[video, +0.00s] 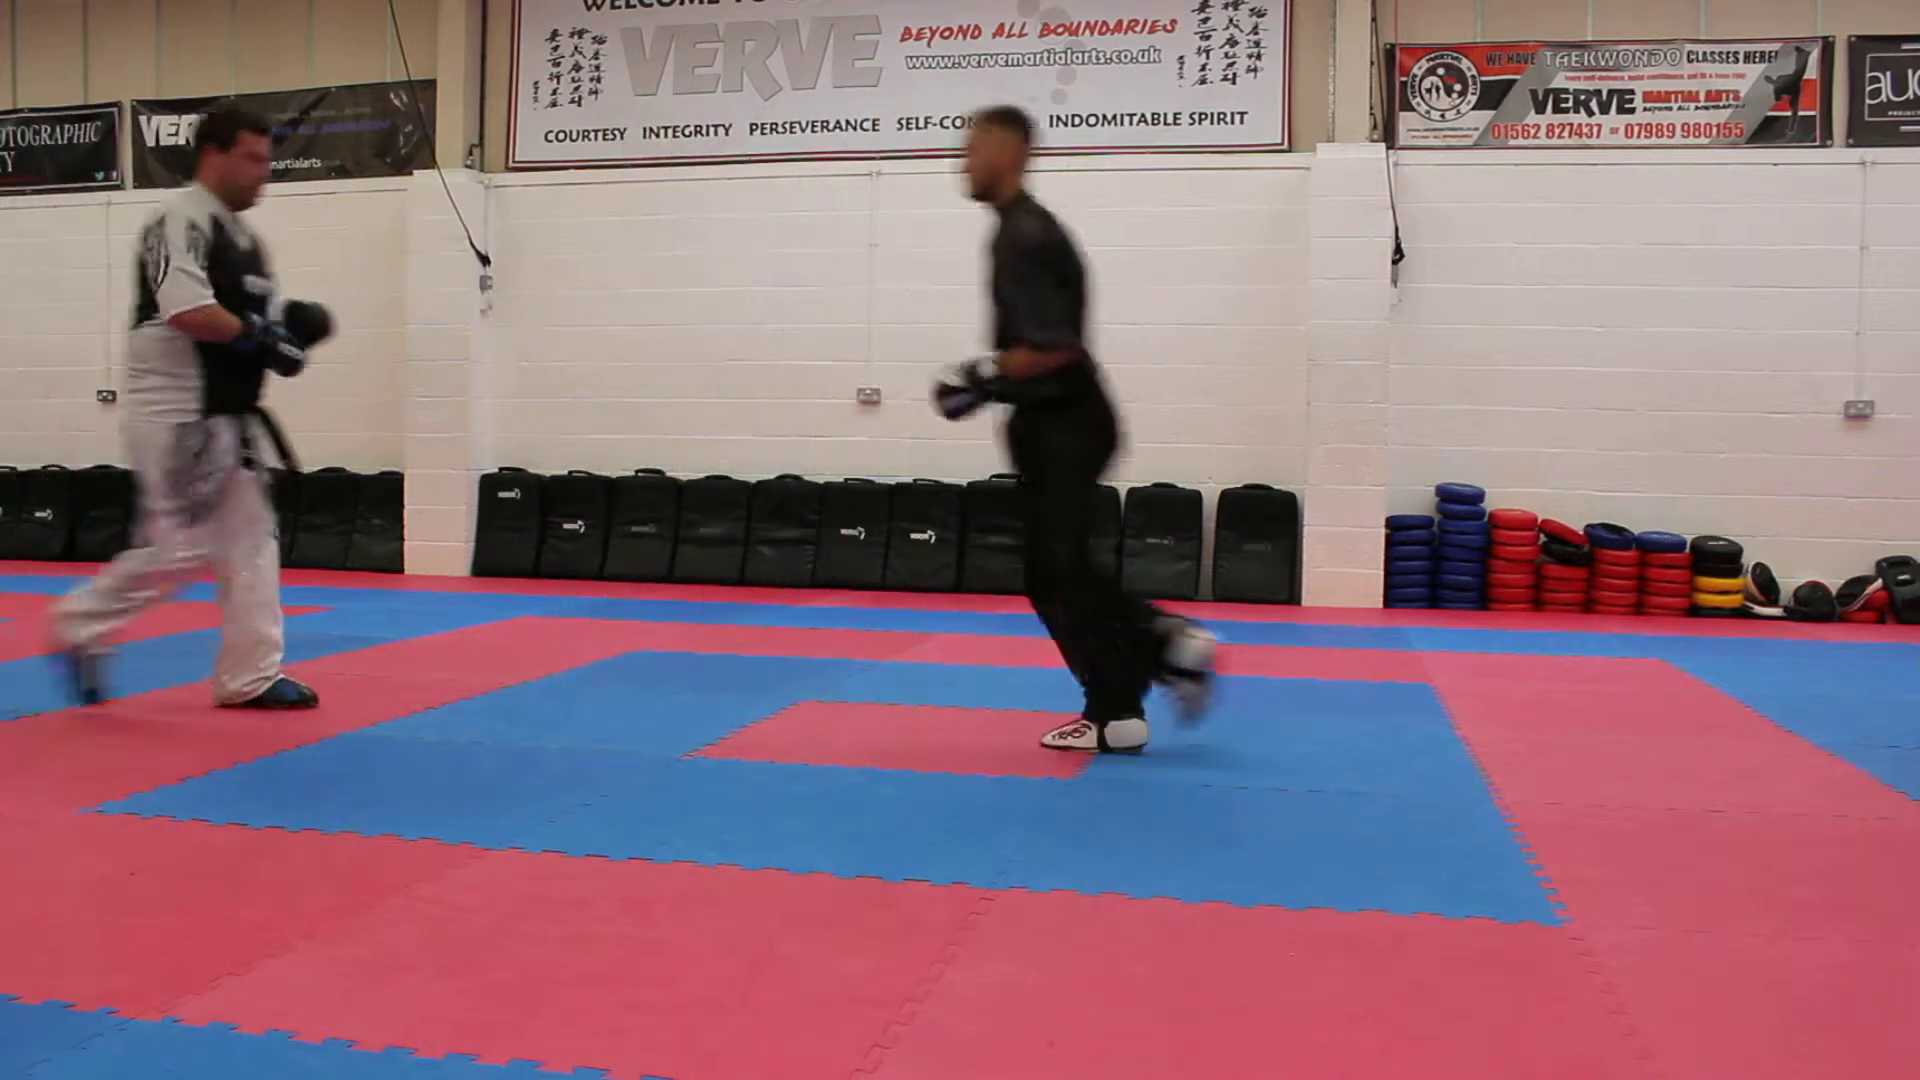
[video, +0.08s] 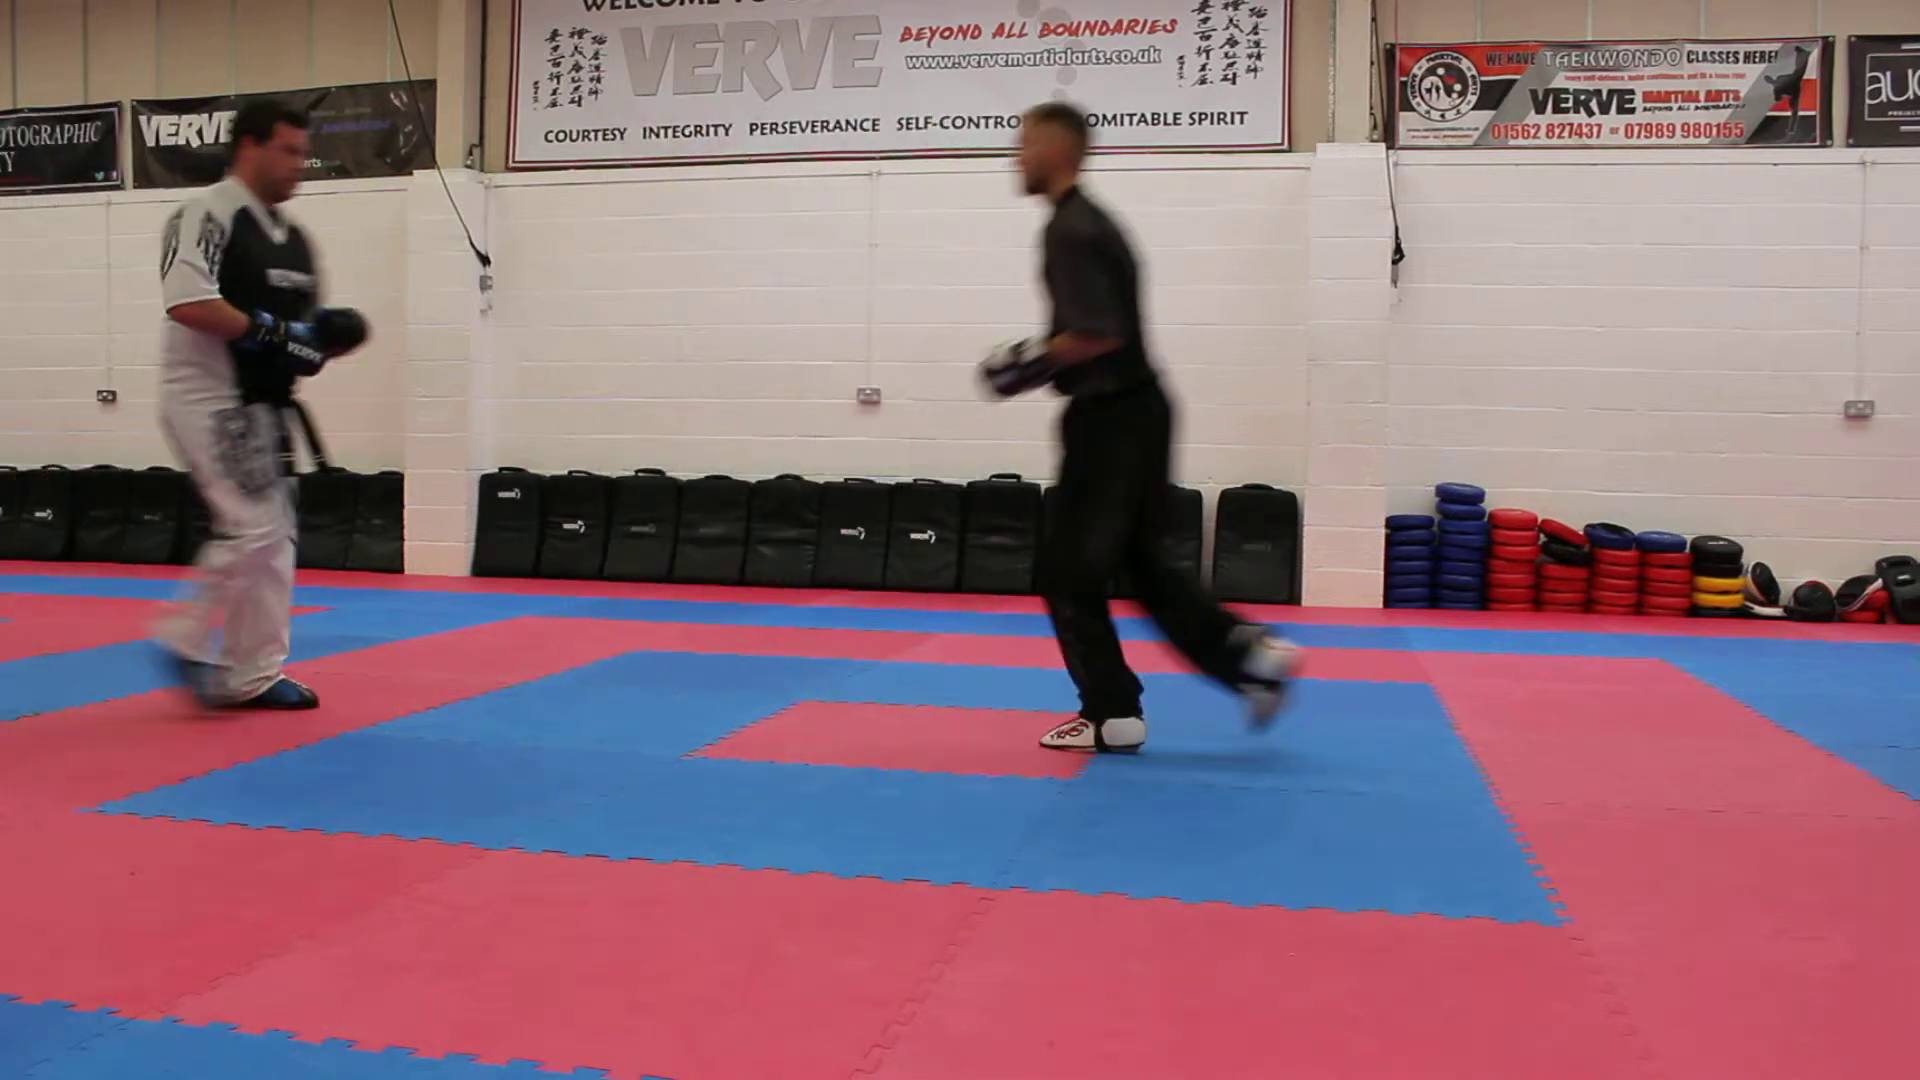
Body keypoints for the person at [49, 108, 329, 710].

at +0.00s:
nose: (265, 173)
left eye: (267, 162)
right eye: (255, 160)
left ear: (246, 164)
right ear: (214, 156)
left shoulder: (242, 235)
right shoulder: (176, 219)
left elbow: (253, 306)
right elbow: (189, 312)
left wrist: (287, 320)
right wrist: (258, 335)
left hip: (227, 414)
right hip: (172, 416)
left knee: (250, 541)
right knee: (180, 545)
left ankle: (248, 675)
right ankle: (78, 624)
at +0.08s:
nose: (300, 166)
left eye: (304, 156)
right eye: (290, 153)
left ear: (299, 159)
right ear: (249, 149)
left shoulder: (293, 237)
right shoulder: (203, 212)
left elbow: (297, 322)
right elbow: (187, 302)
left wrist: (325, 334)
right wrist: (270, 333)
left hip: (261, 399)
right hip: (204, 396)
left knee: (273, 532)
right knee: (256, 527)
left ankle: (248, 672)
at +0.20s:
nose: (345, 164)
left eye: (349, 152)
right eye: (334, 151)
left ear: (347, 155)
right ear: (293, 149)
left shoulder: (354, 237)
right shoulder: (244, 216)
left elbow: (375, 308)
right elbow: (202, 303)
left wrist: (395, 335)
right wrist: (286, 325)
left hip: (325, 400)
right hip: (261, 395)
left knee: (304, 535)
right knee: (317, 528)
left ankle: (249, 670)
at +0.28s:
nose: (373, 164)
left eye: (377, 152)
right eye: (361, 151)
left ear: (378, 159)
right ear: (320, 154)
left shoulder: (391, 243)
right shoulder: (274, 228)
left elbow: (414, 324)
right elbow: (231, 317)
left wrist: (445, 351)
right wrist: (313, 331)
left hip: (368, 405)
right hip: (301, 403)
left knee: (356, 535)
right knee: (355, 530)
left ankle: (280, 648)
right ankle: (392, 674)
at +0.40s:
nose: (420, 162)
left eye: (422, 151)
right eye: (407, 150)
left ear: (422, 158)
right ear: (367, 156)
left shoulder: (441, 240)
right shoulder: (323, 234)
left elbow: (468, 327)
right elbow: (294, 327)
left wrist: (507, 358)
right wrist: (373, 338)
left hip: (426, 416)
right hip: (357, 418)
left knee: (486, 527)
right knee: (387, 549)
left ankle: (410, 626)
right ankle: (394, 678)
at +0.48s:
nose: (456, 157)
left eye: (457, 145)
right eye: (444, 144)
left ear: (454, 152)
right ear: (403, 151)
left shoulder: (475, 236)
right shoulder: (354, 228)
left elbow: (502, 321)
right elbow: (331, 319)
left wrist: (547, 353)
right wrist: (413, 331)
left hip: (465, 408)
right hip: (390, 413)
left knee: (532, 514)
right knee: (397, 549)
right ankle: (399, 679)